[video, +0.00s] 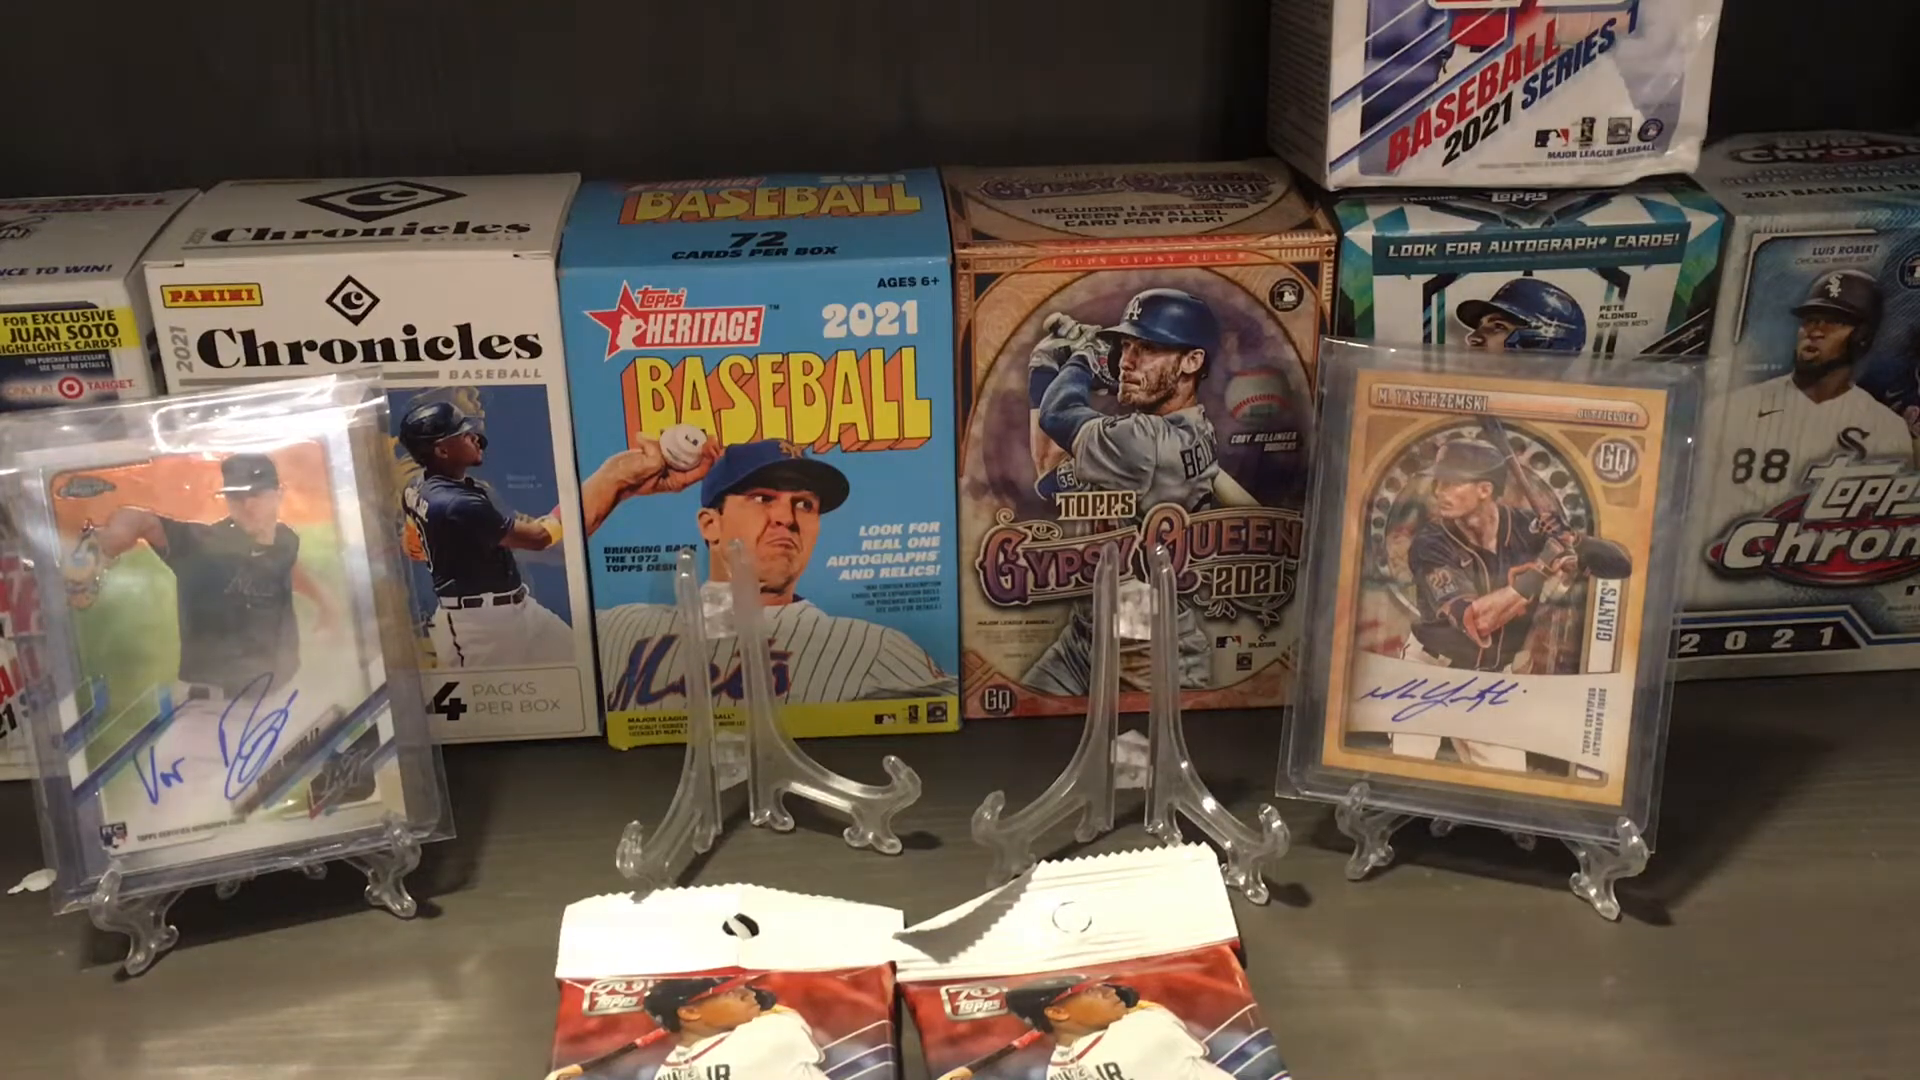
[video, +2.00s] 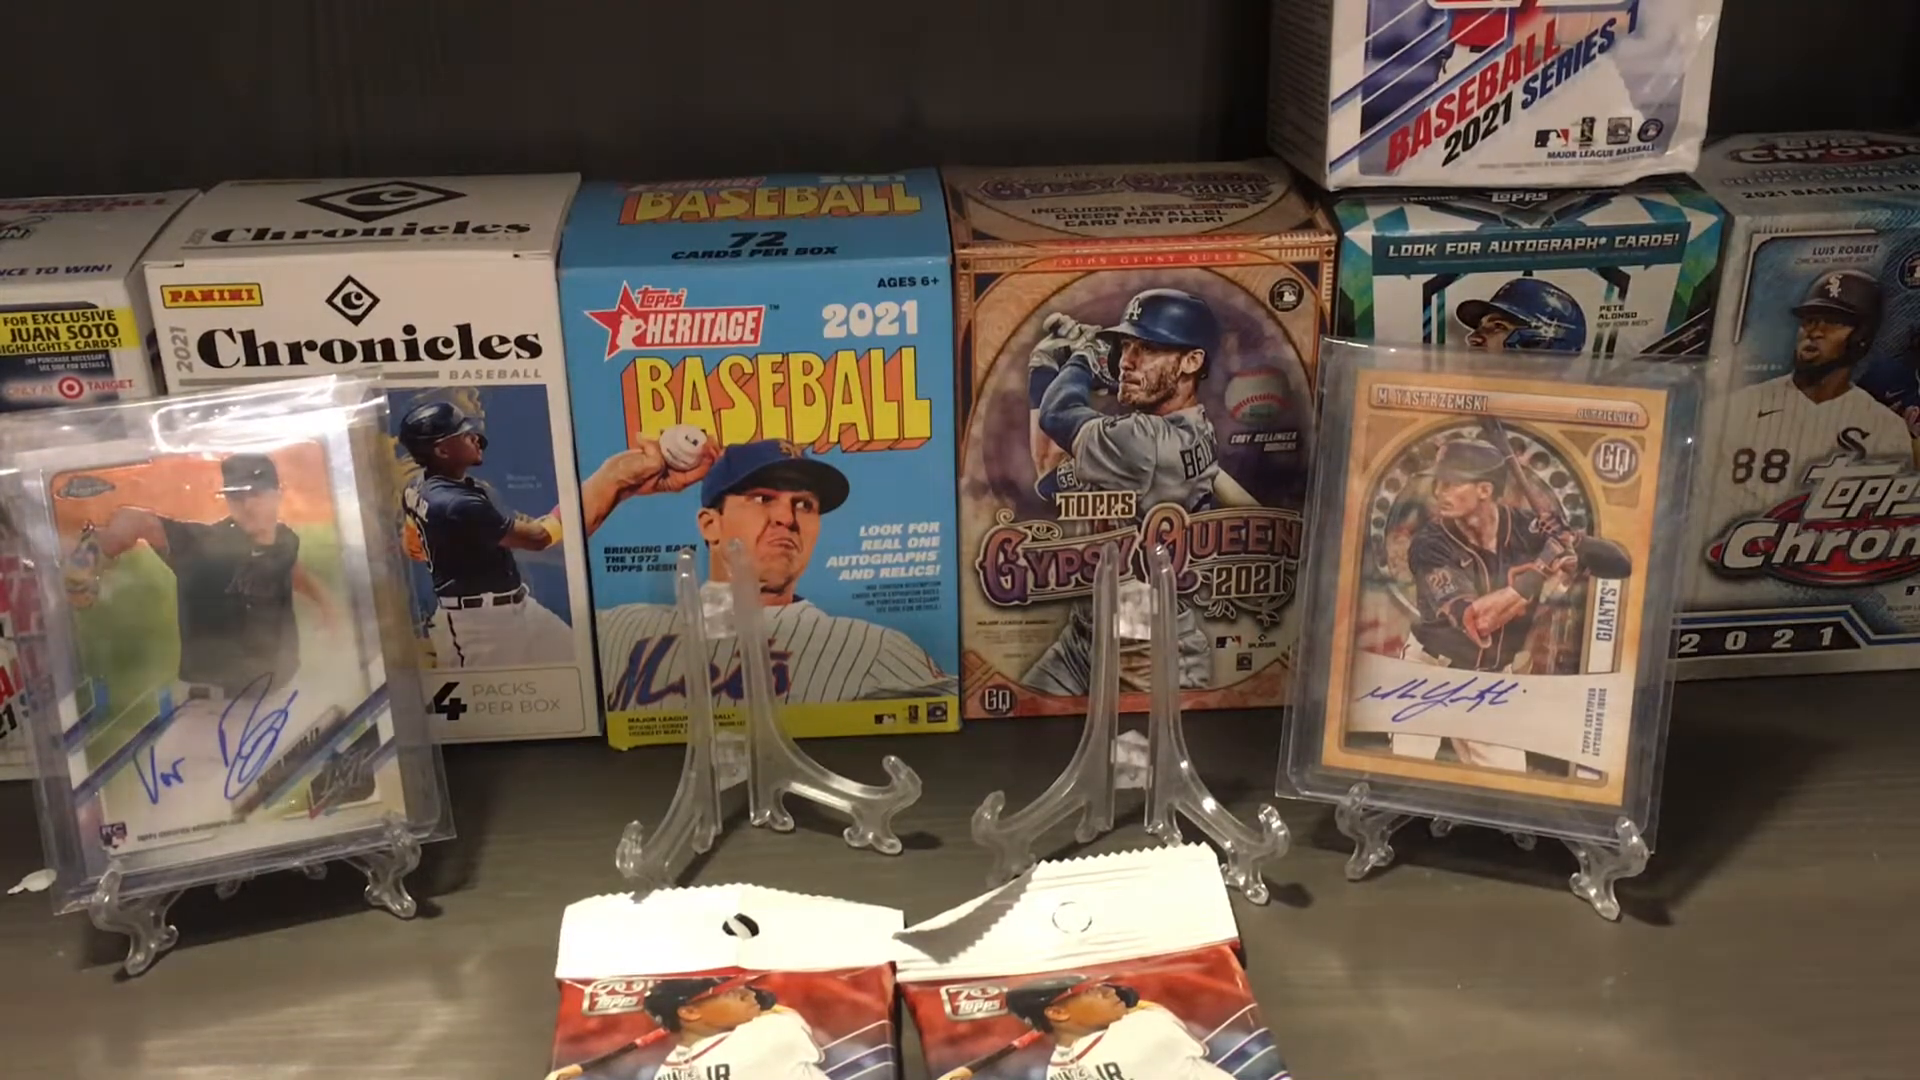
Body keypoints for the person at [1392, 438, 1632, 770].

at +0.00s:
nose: (1439, 492)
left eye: (1452, 484)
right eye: (1438, 483)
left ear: (1484, 491)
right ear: (1434, 485)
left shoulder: (1527, 528)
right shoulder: (1430, 540)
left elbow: (1622, 564)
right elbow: (1472, 621)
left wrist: (1575, 550)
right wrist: (1539, 571)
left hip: (1498, 674)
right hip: (1430, 667)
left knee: (1509, 786)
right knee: (1413, 768)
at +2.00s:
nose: (1439, 492)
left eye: (1451, 484)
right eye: (1438, 483)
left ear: (1484, 491)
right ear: (1435, 486)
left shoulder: (1527, 529)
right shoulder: (1430, 541)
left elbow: (1622, 563)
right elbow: (1472, 621)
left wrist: (1574, 551)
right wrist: (1537, 574)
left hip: (1496, 677)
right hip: (1430, 670)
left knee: (1509, 786)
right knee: (1411, 773)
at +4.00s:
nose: (1439, 493)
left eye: (1451, 485)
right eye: (1439, 484)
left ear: (1484, 491)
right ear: (1435, 486)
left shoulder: (1526, 528)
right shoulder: (1430, 541)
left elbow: (1622, 563)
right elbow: (1474, 622)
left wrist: (1576, 550)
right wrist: (1539, 570)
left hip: (1495, 676)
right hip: (1429, 669)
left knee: (1509, 792)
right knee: (1410, 774)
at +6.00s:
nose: (1440, 492)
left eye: (1452, 485)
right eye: (1439, 484)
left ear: (1485, 490)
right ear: (1436, 486)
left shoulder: (1526, 528)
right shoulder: (1430, 542)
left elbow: (1622, 563)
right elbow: (1474, 622)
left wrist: (1575, 547)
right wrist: (1540, 570)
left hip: (1495, 676)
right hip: (1430, 669)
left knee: (1509, 788)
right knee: (1412, 772)